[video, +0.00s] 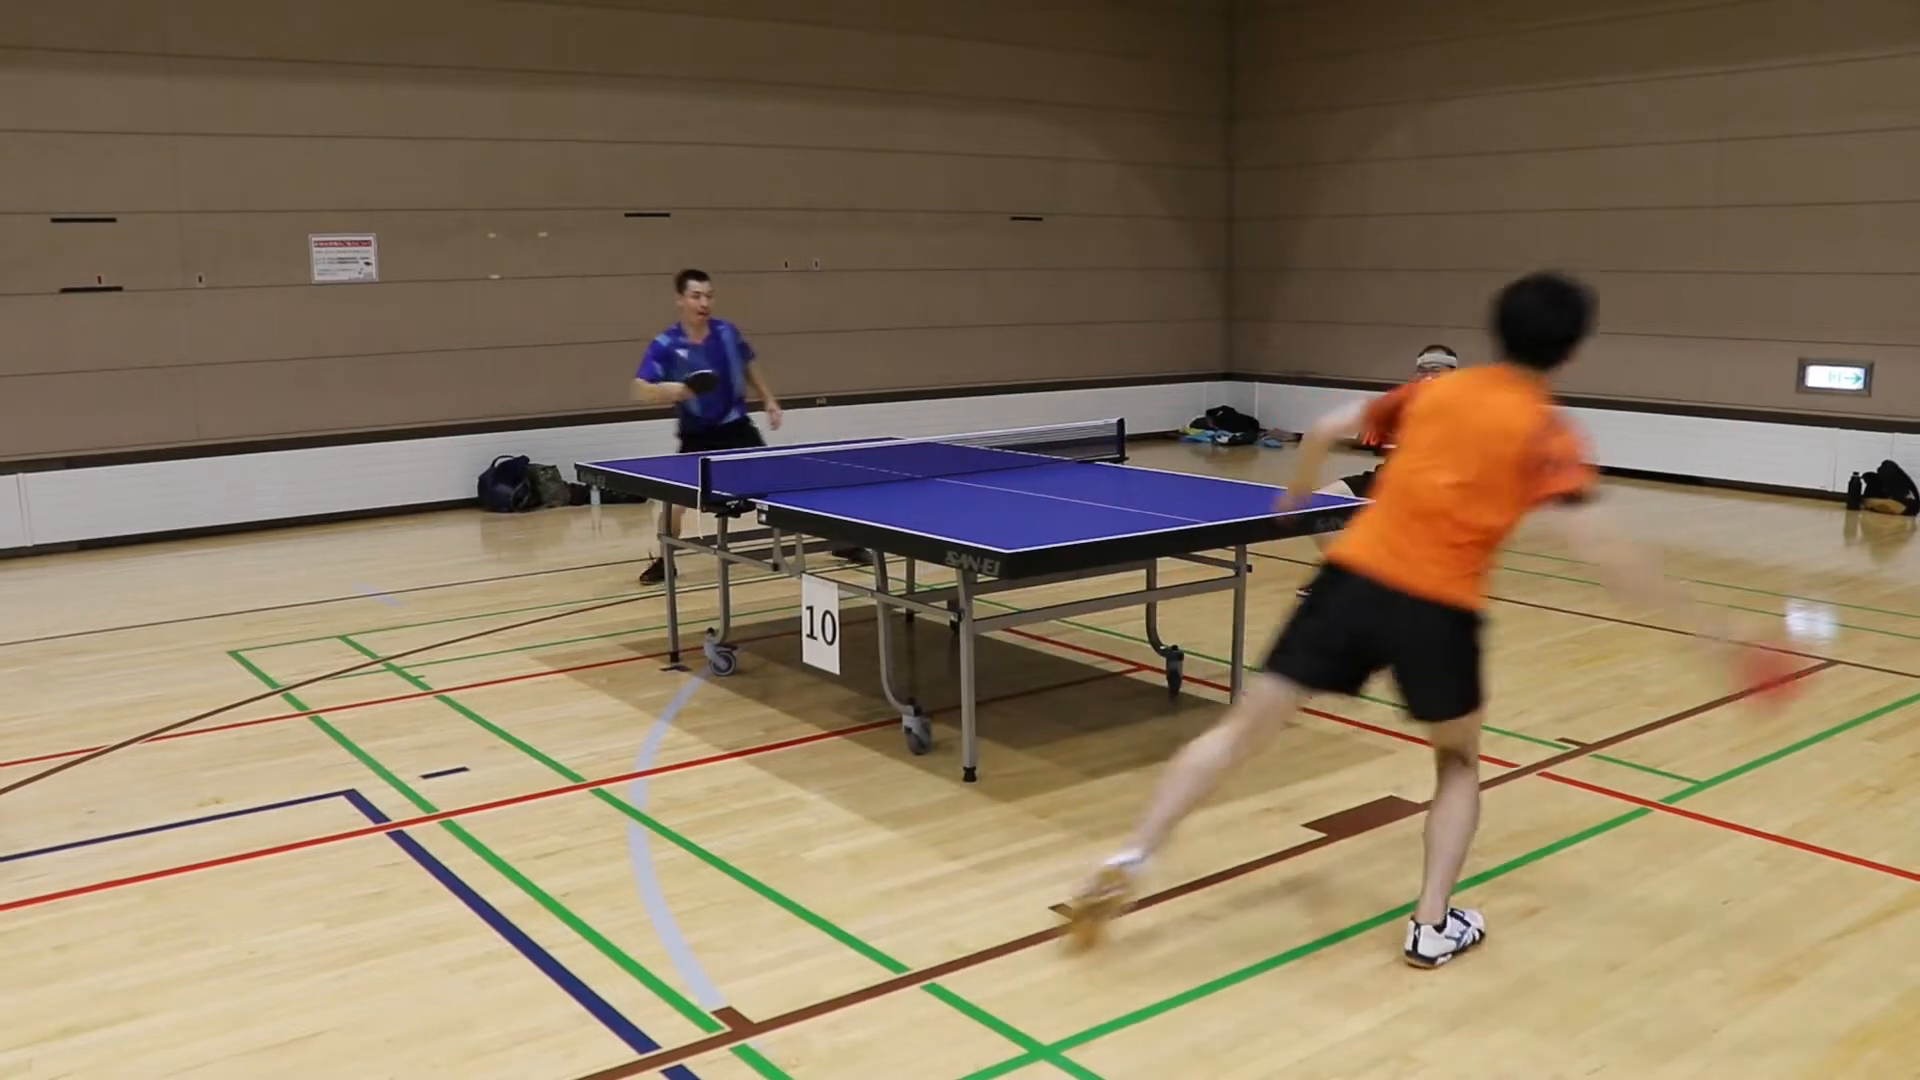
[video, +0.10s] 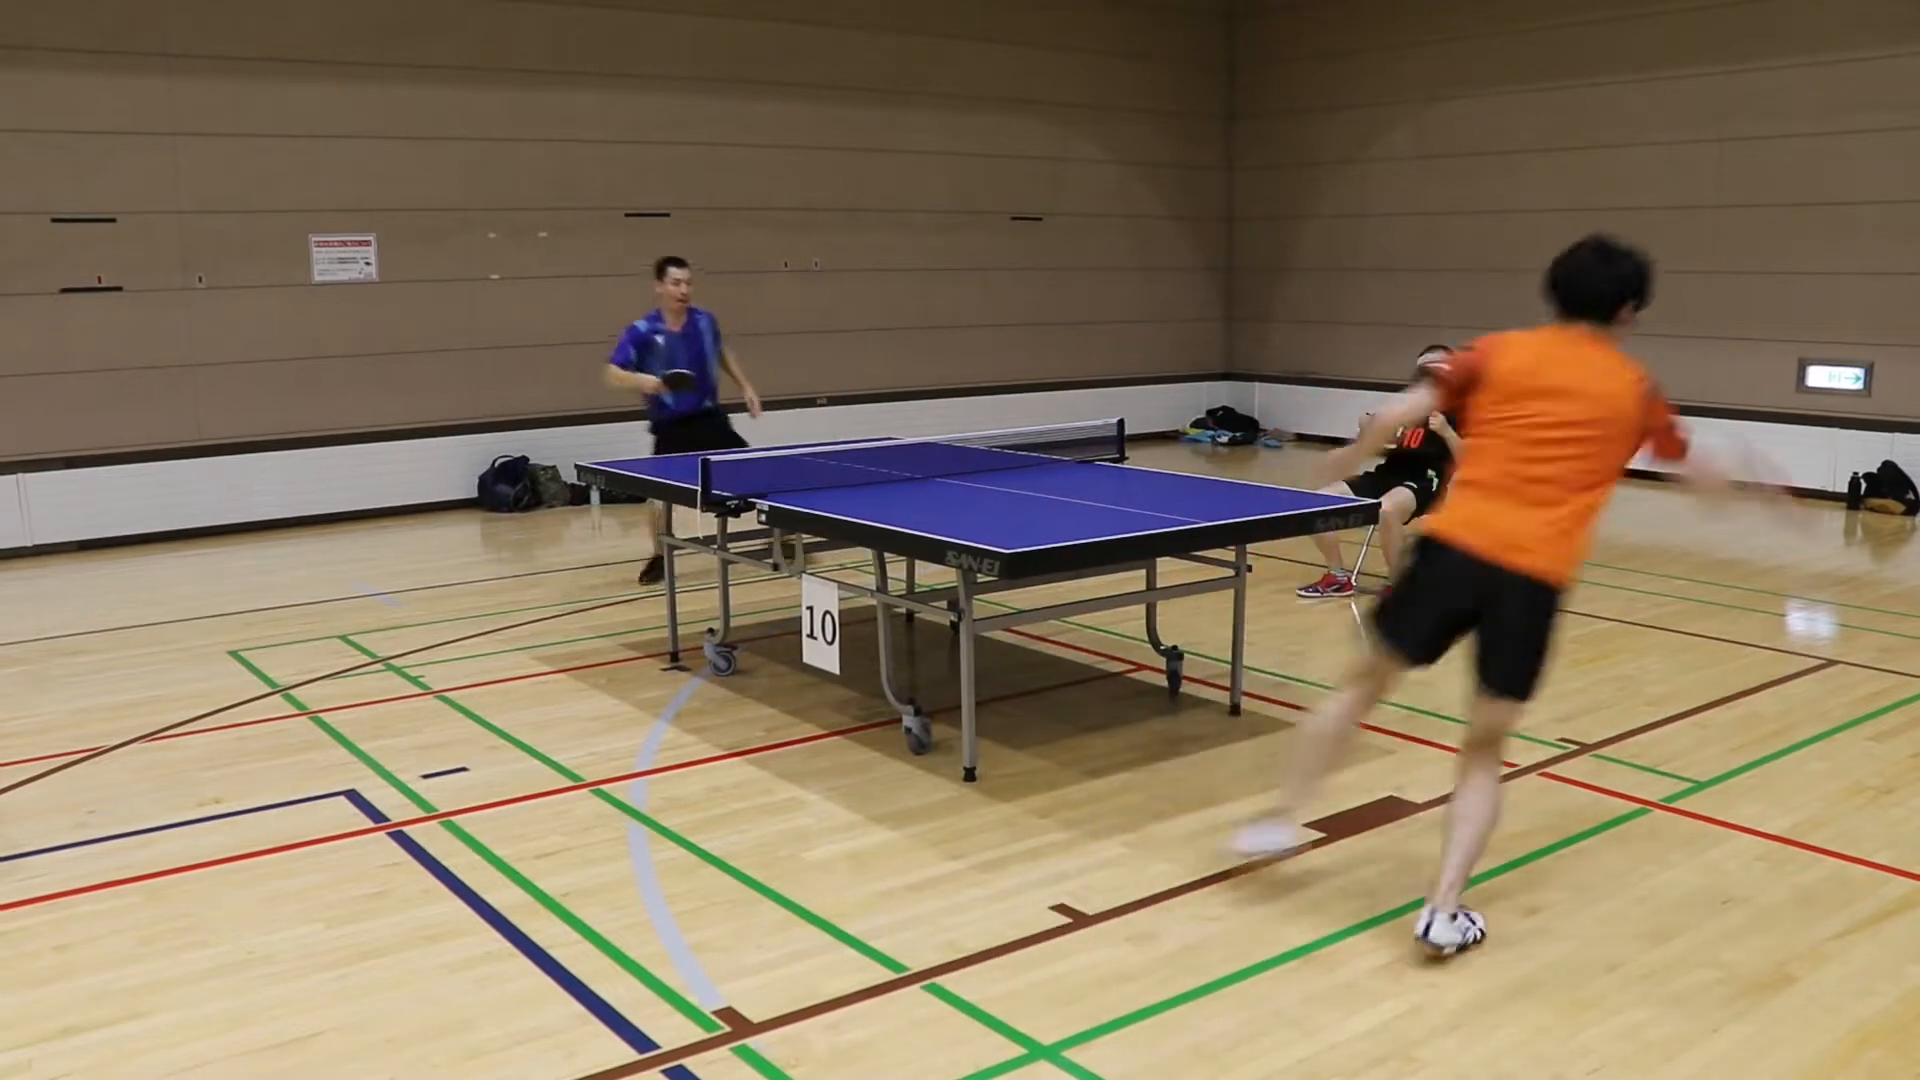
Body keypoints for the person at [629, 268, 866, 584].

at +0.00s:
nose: (704, 303)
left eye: (708, 296)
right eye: (696, 296)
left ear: (713, 300)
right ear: (679, 300)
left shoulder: (726, 333)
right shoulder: (666, 344)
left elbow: (748, 366)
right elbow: (640, 390)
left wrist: (769, 400)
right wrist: (680, 390)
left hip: (739, 430)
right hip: (697, 437)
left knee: (782, 481)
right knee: (674, 500)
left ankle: (839, 538)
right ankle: (664, 559)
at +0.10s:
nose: (684, 290)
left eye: (688, 283)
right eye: (675, 283)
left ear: (692, 287)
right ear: (659, 287)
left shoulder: (705, 322)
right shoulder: (641, 331)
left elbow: (722, 355)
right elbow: (612, 374)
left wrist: (747, 388)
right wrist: (642, 381)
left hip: (711, 424)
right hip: (671, 430)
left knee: (759, 469)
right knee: (657, 497)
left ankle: (782, 536)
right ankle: (660, 556)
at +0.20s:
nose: (665, 286)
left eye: (669, 279)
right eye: (657, 279)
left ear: (672, 282)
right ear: (640, 283)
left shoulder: (687, 319)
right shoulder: (623, 326)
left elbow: (708, 352)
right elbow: (587, 367)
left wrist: (732, 383)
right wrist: (619, 376)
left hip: (687, 421)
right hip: (646, 425)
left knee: (728, 473)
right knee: (635, 491)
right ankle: (617, 554)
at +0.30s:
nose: (646, 303)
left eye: (650, 295)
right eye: (638, 296)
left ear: (655, 297)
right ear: (621, 299)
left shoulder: (669, 335)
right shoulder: (606, 339)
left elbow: (695, 364)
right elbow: (566, 382)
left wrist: (721, 396)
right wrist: (600, 393)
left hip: (664, 437)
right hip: (623, 440)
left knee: (710, 494)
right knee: (599, 505)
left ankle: (687, 543)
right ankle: (555, 574)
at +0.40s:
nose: (618, 331)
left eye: (623, 323)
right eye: (610, 324)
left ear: (628, 325)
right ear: (595, 329)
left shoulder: (646, 361)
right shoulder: (584, 367)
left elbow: (677, 386)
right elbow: (551, 400)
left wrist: (707, 415)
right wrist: (547, 409)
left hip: (637, 462)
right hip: (593, 464)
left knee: (688, 505)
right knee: (569, 505)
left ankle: (684, 552)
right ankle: (537, 580)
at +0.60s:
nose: (529, 342)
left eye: (533, 334)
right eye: (520, 335)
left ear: (539, 335)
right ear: (503, 340)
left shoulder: (558, 367)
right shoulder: (490, 381)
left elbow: (590, 379)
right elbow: (457, 426)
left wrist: (627, 393)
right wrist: (438, 402)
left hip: (564, 462)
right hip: (521, 468)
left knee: (628, 504)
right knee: (516, 514)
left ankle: (643, 548)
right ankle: (530, 583)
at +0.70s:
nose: (501, 322)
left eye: (505, 314)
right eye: (493, 314)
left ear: (511, 316)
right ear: (475, 318)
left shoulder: (524, 348)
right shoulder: (457, 360)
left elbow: (556, 361)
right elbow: (418, 406)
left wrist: (598, 377)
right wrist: (413, 383)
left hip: (528, 446)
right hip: (487, 454)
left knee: (585, 505)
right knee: (494, 523)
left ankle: (582, 552)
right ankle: (527, 578)